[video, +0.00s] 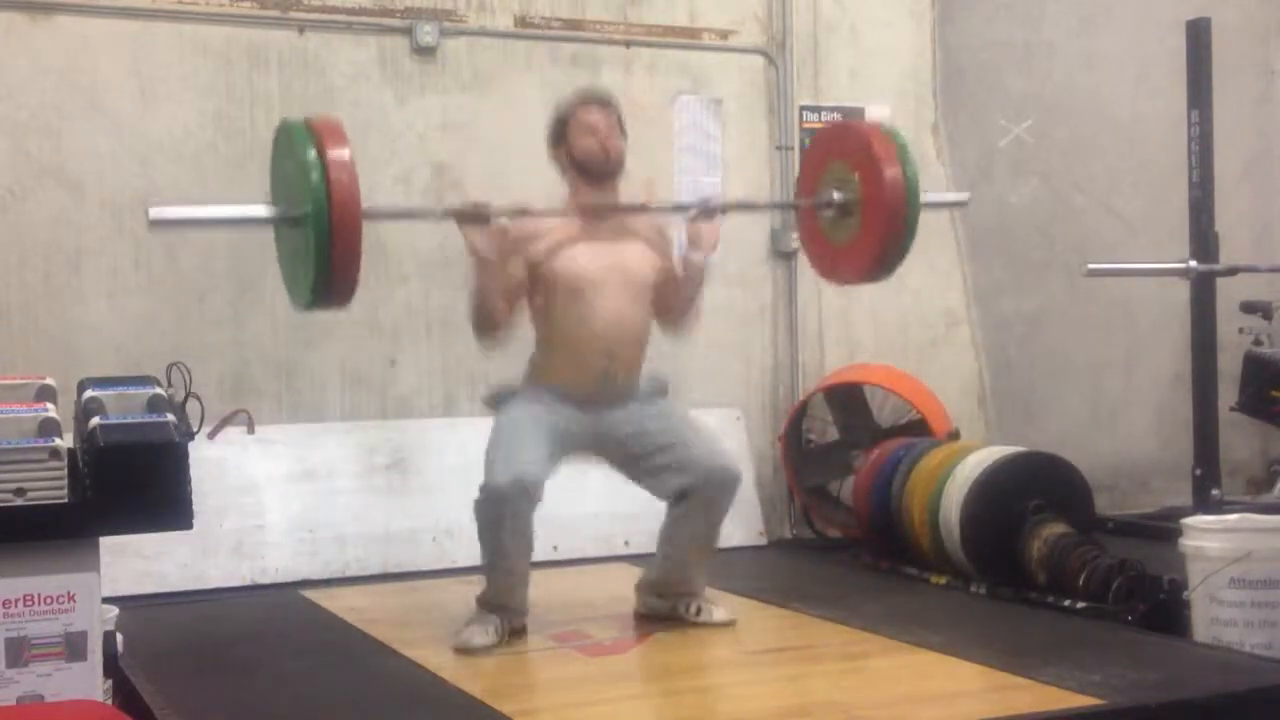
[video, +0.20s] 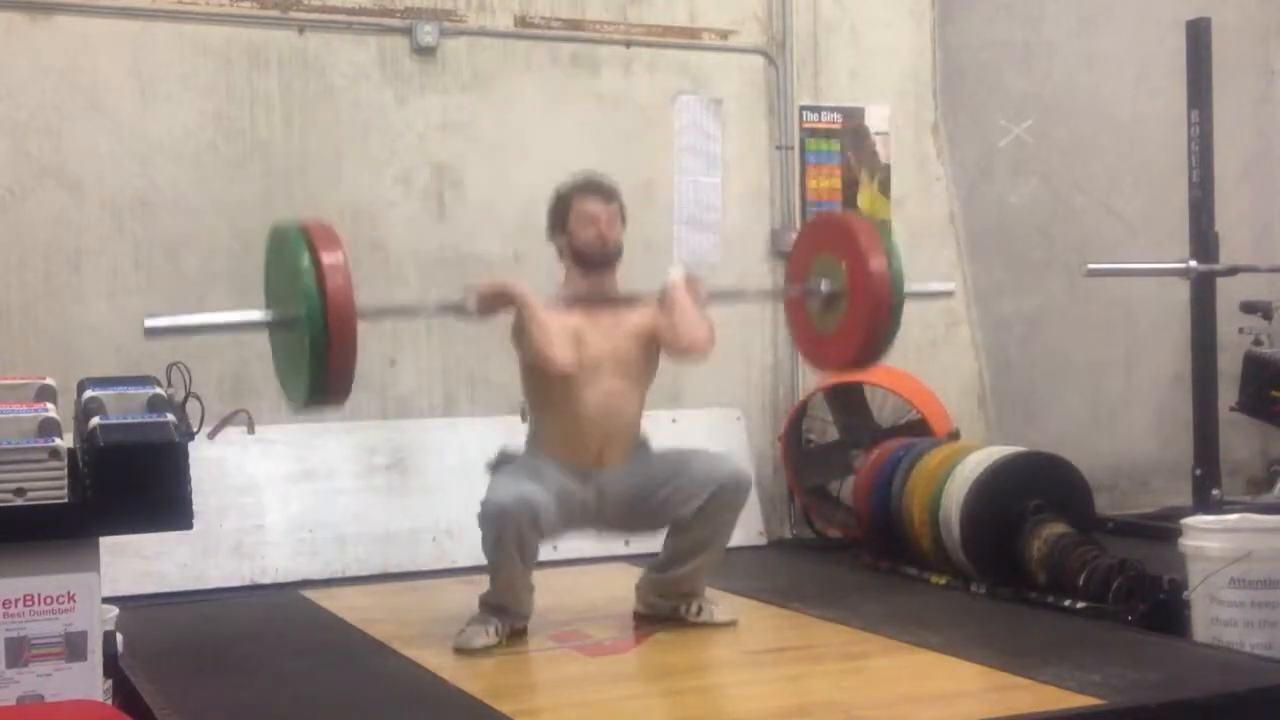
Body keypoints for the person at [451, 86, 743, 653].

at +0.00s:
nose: (601, 141)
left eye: (610, 132)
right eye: (587, 132)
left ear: (623, 146)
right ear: (562, 150)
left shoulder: (648, 232)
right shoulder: (532, 231)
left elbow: (673, 315)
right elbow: (490, 326)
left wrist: (697, 255)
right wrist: (487, 257)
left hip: (628, 405)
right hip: (546, 404)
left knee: (713, 474)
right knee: (506, 487)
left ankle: (667, 592)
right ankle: (501, 612)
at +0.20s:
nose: (602, 231)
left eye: (611, 221)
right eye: (587, 222)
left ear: (623, 234)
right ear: (561, 240)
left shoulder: (648, 313)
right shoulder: (542, 318)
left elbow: (695, 343)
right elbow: (560, 360)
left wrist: (680, 296)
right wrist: (519, 296)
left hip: (629, 477)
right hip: (552, 479)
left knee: (726, 481)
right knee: (506, 503)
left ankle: (668, 596)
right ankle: (503, 613)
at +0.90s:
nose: (599, 145)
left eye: (607, 137)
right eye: (583, 136)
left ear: (617, 154)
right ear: (554, 156)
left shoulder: (637, 237)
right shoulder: (529, 235)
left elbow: (684, 278)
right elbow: (547, 283)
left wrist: (663, 211)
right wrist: (511, 212)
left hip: (599, 397)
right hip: (522, 395)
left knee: (677, 454)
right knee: (534, 463)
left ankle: (667, 593)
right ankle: (503, 610)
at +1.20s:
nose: (588, 58)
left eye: (595, 51)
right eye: (571, 50)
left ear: (604, 71)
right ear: (542, 71)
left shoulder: (631, 152)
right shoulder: (521, 146)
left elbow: (680, 182)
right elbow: (537, 187)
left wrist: (658, 123)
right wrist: (503, 120)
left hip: (608, 343)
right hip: (525, 340)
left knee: (681, 450)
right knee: (509, 458)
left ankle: (668, 592)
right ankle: (500, 606)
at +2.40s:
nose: (588, 122)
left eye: (597, 114)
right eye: (573, 113)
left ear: (607, 129)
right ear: (545, 130)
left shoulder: (632, 211)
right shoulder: (526, 206)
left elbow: (685, 230)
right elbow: (537, 229)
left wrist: (665, 182)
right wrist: (504, 175)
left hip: (615, 388)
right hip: (532, 387)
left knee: (700, 465)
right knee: (508, 481)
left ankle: (663, 595)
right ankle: (502, 609)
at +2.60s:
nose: (597, 210)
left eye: (606, 202)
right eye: (583, 201)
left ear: (616, 217)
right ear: (554, 219)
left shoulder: (637, 295)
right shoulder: (530, 294)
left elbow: (689, 319)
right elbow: (543, 328)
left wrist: (669, 268)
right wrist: (511, 265)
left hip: (614, 457)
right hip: (538, 458)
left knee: (702, 473)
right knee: (510, 492)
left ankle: (662, 597)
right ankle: (505, 610)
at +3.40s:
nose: (605, 120)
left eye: (614, 113)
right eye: (590, 112)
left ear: (625, 129)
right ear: (561, 129)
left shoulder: (643, 214)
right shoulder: (532, 207)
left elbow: (691, 258)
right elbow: (550, 261)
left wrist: (675, 194)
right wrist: (516, 186)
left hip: (607, 376)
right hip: (527, 374)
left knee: (681, 455)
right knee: (528, 465)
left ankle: (663, 594)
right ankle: (503, 609)